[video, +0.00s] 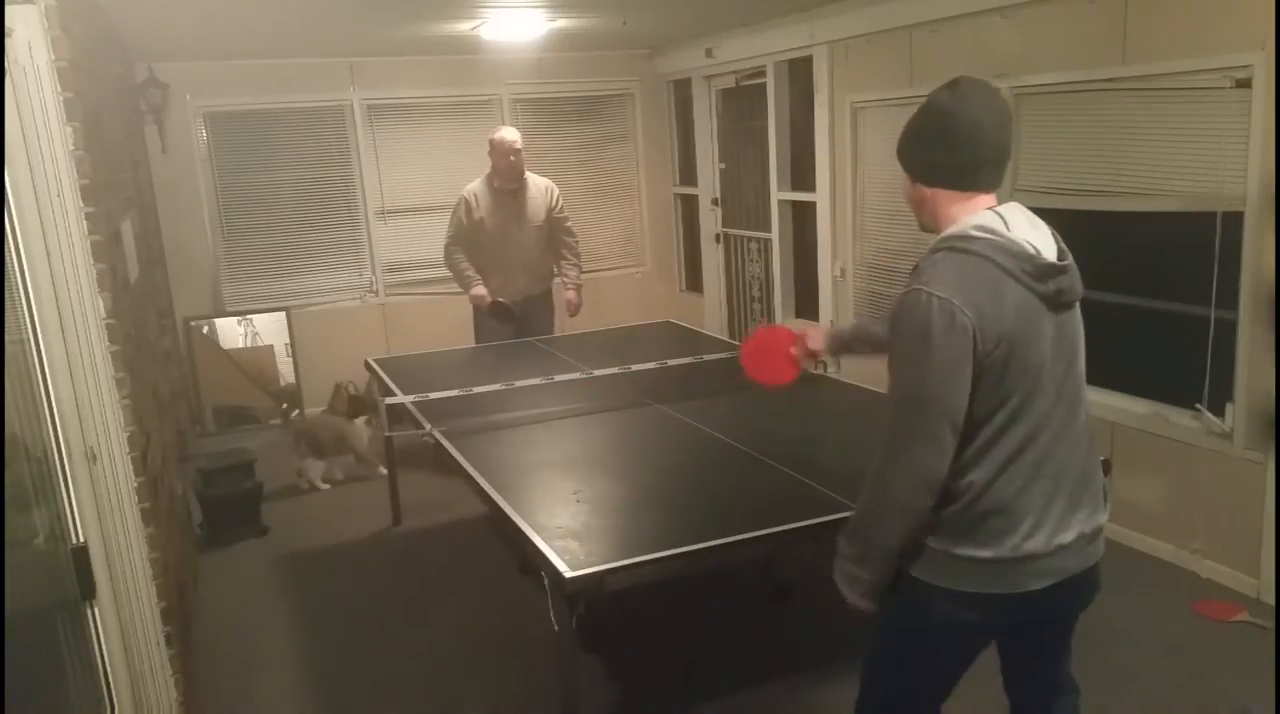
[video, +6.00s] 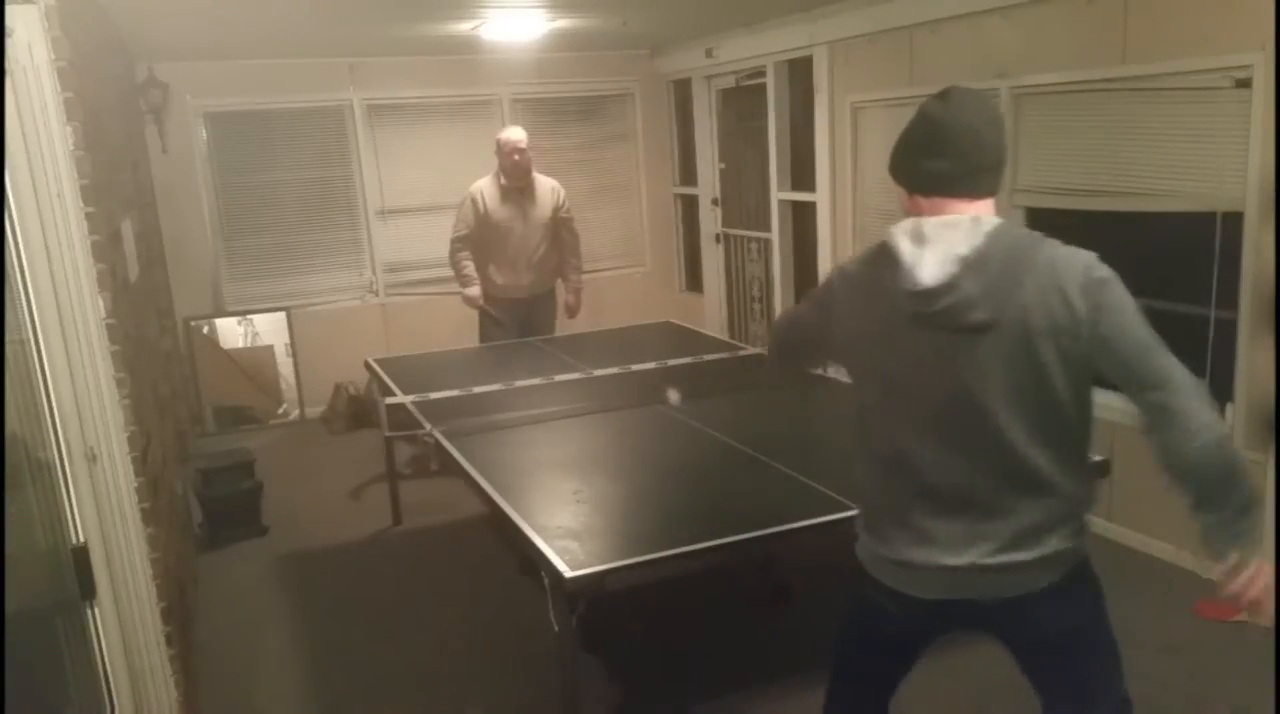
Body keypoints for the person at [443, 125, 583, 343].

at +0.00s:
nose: (513, 160)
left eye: (517, 152)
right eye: (505, 154)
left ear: (524, 152)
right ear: (491, 156)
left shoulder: (546, 190)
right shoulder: (472, 197)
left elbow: (566, 240)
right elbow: (453, 247)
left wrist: (571, 285)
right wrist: (473, 284)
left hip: (538, 302)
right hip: (492, 307)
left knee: (541, 372)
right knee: (495, 372)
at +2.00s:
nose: (541, 177)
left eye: (545, 169)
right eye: (533, 171)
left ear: (549, 165)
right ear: (516, 165)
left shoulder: (557, 197)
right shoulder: (496, 197)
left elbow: (567, 248)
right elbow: (497, 250)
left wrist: (573, 291)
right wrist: (550, 266)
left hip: (545, 296)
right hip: (503, 299)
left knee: (554, 363)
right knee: (506, 367)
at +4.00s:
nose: (514, 161)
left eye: (518, 154)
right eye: (507, 155)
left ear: (524, 154)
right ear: (492, 157)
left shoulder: (547, 191)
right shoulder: (474, 197)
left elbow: (568, 241)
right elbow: (456, 248)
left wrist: (572, 286)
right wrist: (479, 284)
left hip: (538, 301)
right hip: (493, 304)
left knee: (540, 372)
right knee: (496, 372)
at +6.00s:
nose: (517, 159)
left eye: (521, 151)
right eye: (509, 153)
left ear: (530, 152)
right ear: (497, 155)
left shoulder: (552, 191)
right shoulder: (479, 195)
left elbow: (569, 243)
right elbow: (460, 245)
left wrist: (573, 289)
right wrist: (471, 284)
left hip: (541, 300)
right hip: (497, 302)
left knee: (541, 369)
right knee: (499, 372)